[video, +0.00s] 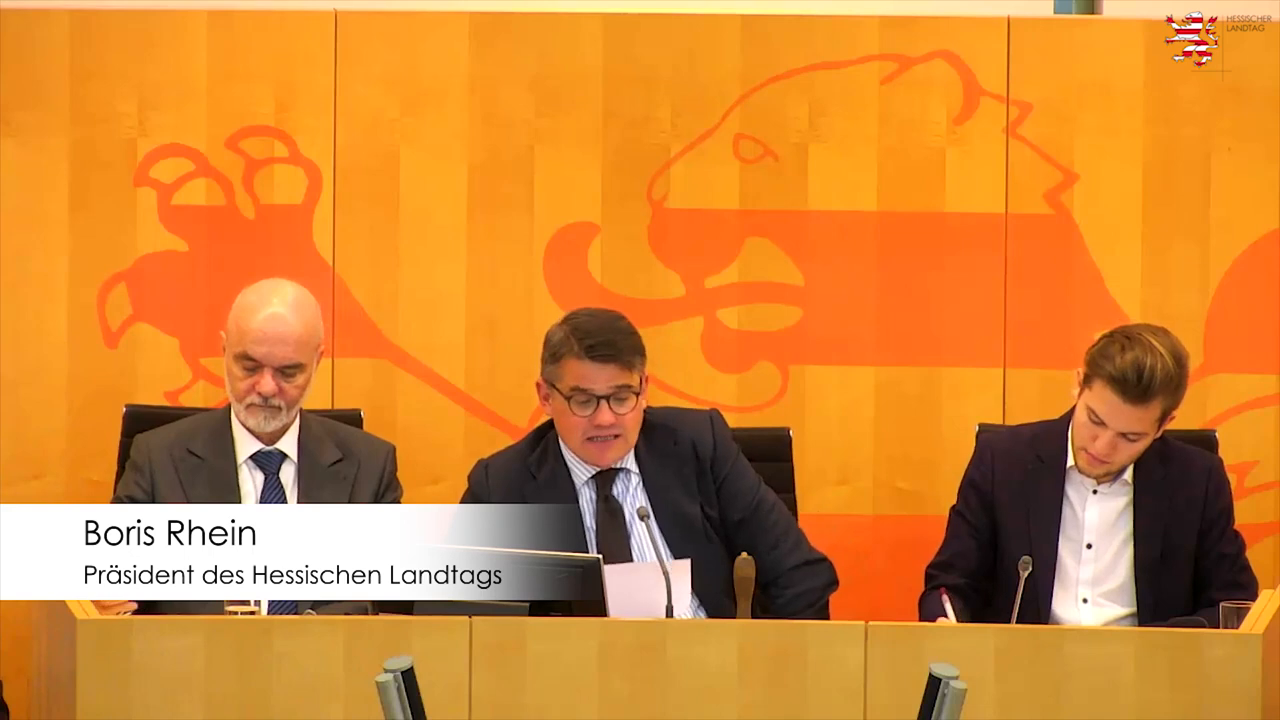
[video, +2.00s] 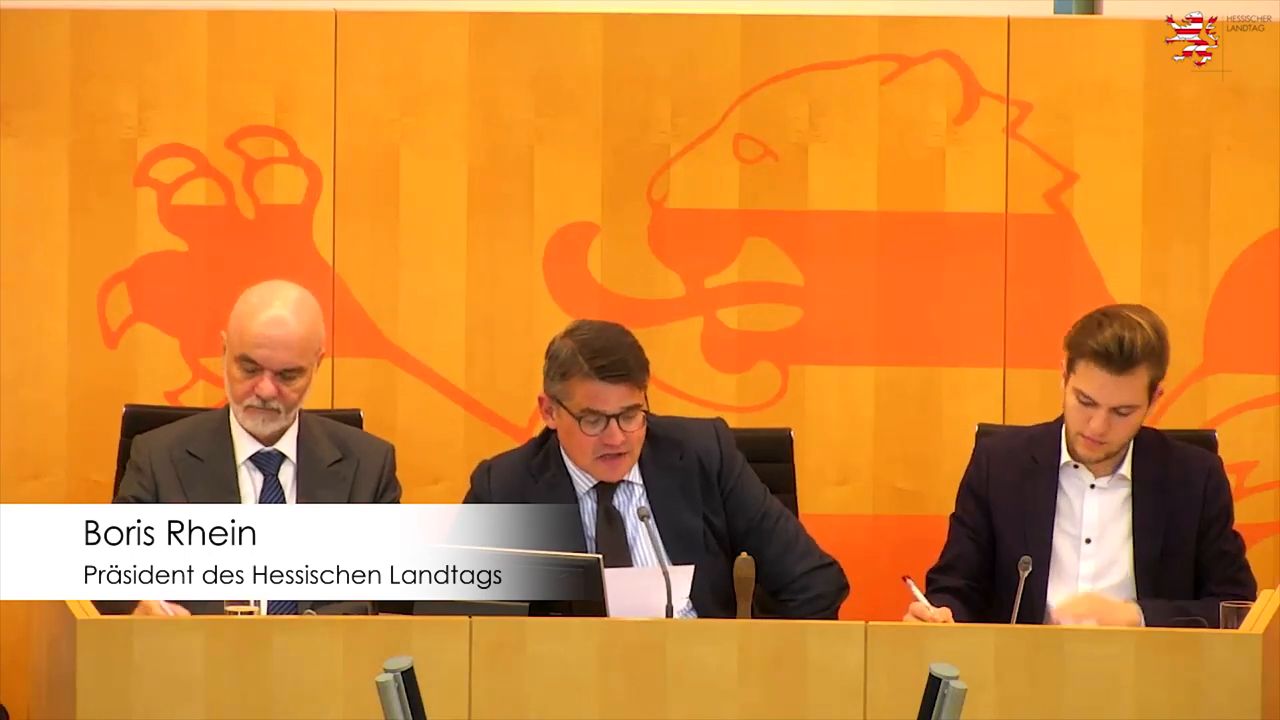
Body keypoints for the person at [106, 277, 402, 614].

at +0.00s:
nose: (266, 389)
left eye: (288, 372)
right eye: (249, 366)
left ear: (318, 360)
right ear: (224, 350)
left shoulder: (371, 463)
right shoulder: (155, 458)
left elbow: (392, 593)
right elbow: (113, 570)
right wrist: (104, 602)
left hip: (327, 669)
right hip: (190, 668)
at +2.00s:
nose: (266, 391)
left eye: (288, 375)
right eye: (249, 367)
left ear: (318, 363)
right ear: (224, 352)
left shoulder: (370, 463)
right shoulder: (156, 457)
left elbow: (389, 590)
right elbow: (113, 571)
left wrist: (313, 633)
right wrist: (138, 606)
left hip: (325, 665)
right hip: (193, 663)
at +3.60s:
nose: (289, 391)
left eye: (306, 371)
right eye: (268, 369)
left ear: (322, 362)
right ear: (227, 357)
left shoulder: (371, 463)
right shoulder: (159, 457)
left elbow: (385, 587)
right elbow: (118, 578)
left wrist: (312, 633)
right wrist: (147, 618)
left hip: (327, 664)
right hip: (197, 660)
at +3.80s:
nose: (292, 391)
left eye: (308, 371)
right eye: (271, 370)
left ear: (323, 363)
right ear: (228, 358)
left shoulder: (371, 463)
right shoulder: (159, 457)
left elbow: (386, 587)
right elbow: (118, 576)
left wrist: (312, 635)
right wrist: (148, 619)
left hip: (327, 666)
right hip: (197, 661)